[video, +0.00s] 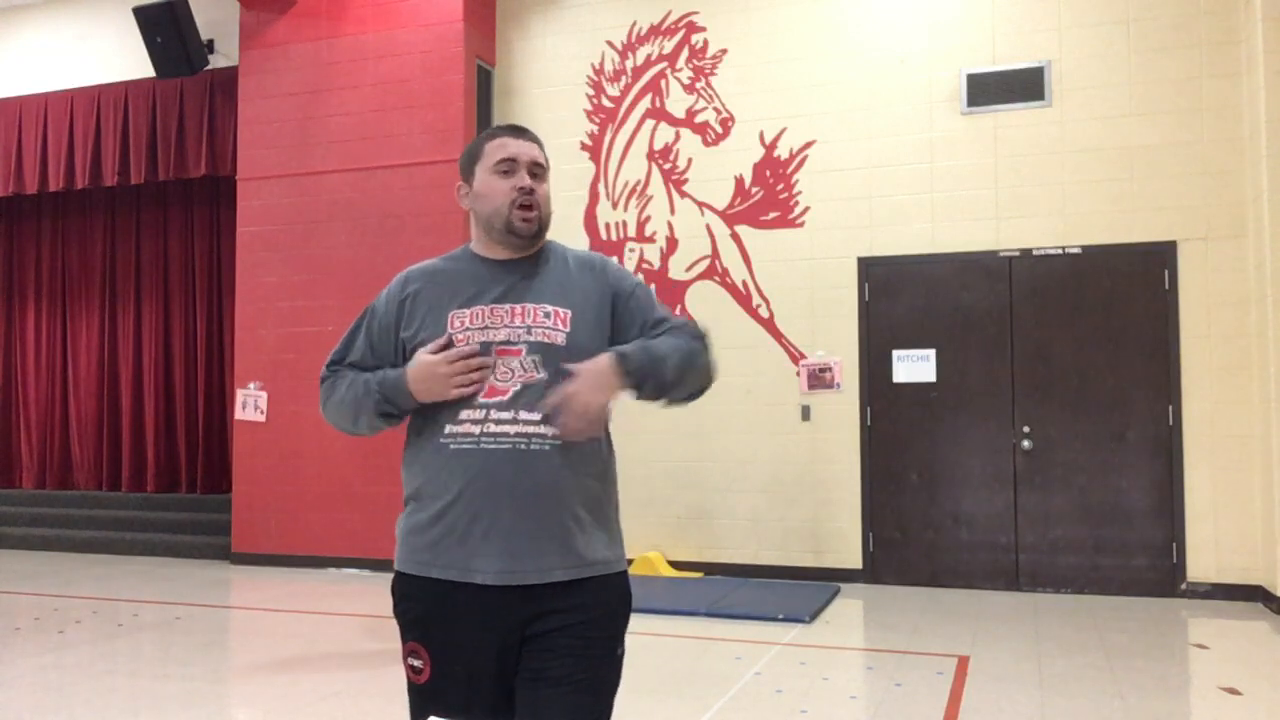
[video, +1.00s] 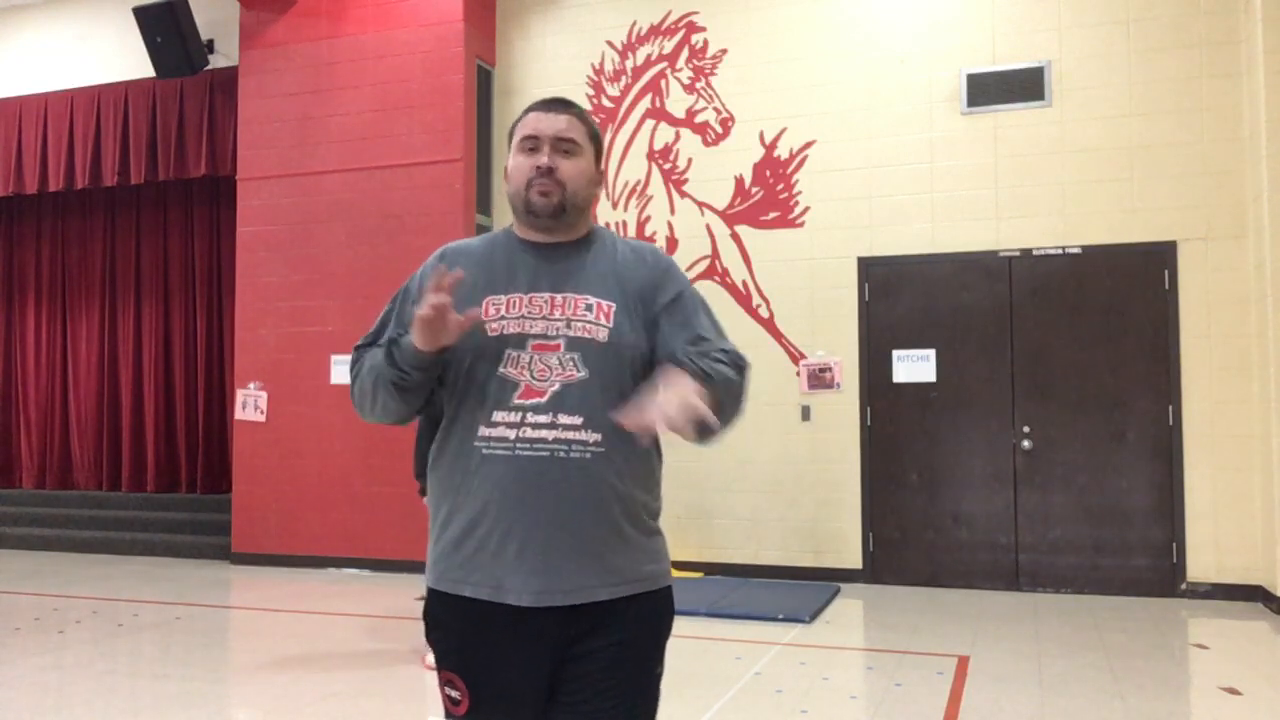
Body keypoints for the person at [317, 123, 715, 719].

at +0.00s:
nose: (527, 183)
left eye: (537, 172)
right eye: (506, 170)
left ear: (550, 192)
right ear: (466, 193)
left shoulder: (602, 283)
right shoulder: (416, 291)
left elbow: (692, 354)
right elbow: (339, 393)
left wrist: (619, 368)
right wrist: (406, 386)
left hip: (578, 580)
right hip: (447, 580)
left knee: (569, 711)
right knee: (454, 714)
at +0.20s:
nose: (545, 184)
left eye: (551, 173)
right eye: (523, 170)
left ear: (562, 190)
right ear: (475, 192)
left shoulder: (610, 275)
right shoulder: (420, 287)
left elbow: (724, 294)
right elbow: (312, 359)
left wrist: (651, 315)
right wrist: (381, 374)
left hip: (579, 583)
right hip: (447, 583)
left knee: (570, 712)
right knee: (454, 713)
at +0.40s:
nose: (545, 182)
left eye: (556, 172)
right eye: (524, 168)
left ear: (569, 191)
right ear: (481, 188)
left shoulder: (614, 279)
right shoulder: (425, 283)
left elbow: (717, 331)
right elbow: (331, 370)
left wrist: (639, 296)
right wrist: (396, 368)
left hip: (583, 583)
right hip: (452, 582)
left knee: (575, 710)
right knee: (458, 713)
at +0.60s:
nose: (548, 181)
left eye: (561, 170)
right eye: (528, 166)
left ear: (577, 191)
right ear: (488, 187)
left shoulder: (620, 278)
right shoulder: (434, 280)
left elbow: (669, 383)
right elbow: (367, 404)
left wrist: (586, 313)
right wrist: (417, 379)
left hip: (589, 583)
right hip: (457, 583)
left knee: (580, 710)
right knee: (461, 713)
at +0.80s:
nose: (547, 176)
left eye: (565, 164)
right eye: (529, 162)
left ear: (590, 187)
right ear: (499, 184)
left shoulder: (628, 274)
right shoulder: (442, 277)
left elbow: (673, 375)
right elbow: (366, 386)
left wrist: (565, 329)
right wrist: (445, 373)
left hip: (601, 588)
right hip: (466, 586)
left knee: (591, 709)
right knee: (475, 710)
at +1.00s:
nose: (545, 161)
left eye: (566, 149)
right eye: (529, 147)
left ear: (597, 177)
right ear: (507, 170)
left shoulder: (647, 271)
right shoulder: (451, 269)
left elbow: (719, 369)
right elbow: (372, 397)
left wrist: (683, 389)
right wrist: (419, 351)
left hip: (617, 590)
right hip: (478, 590)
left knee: (610, 710)